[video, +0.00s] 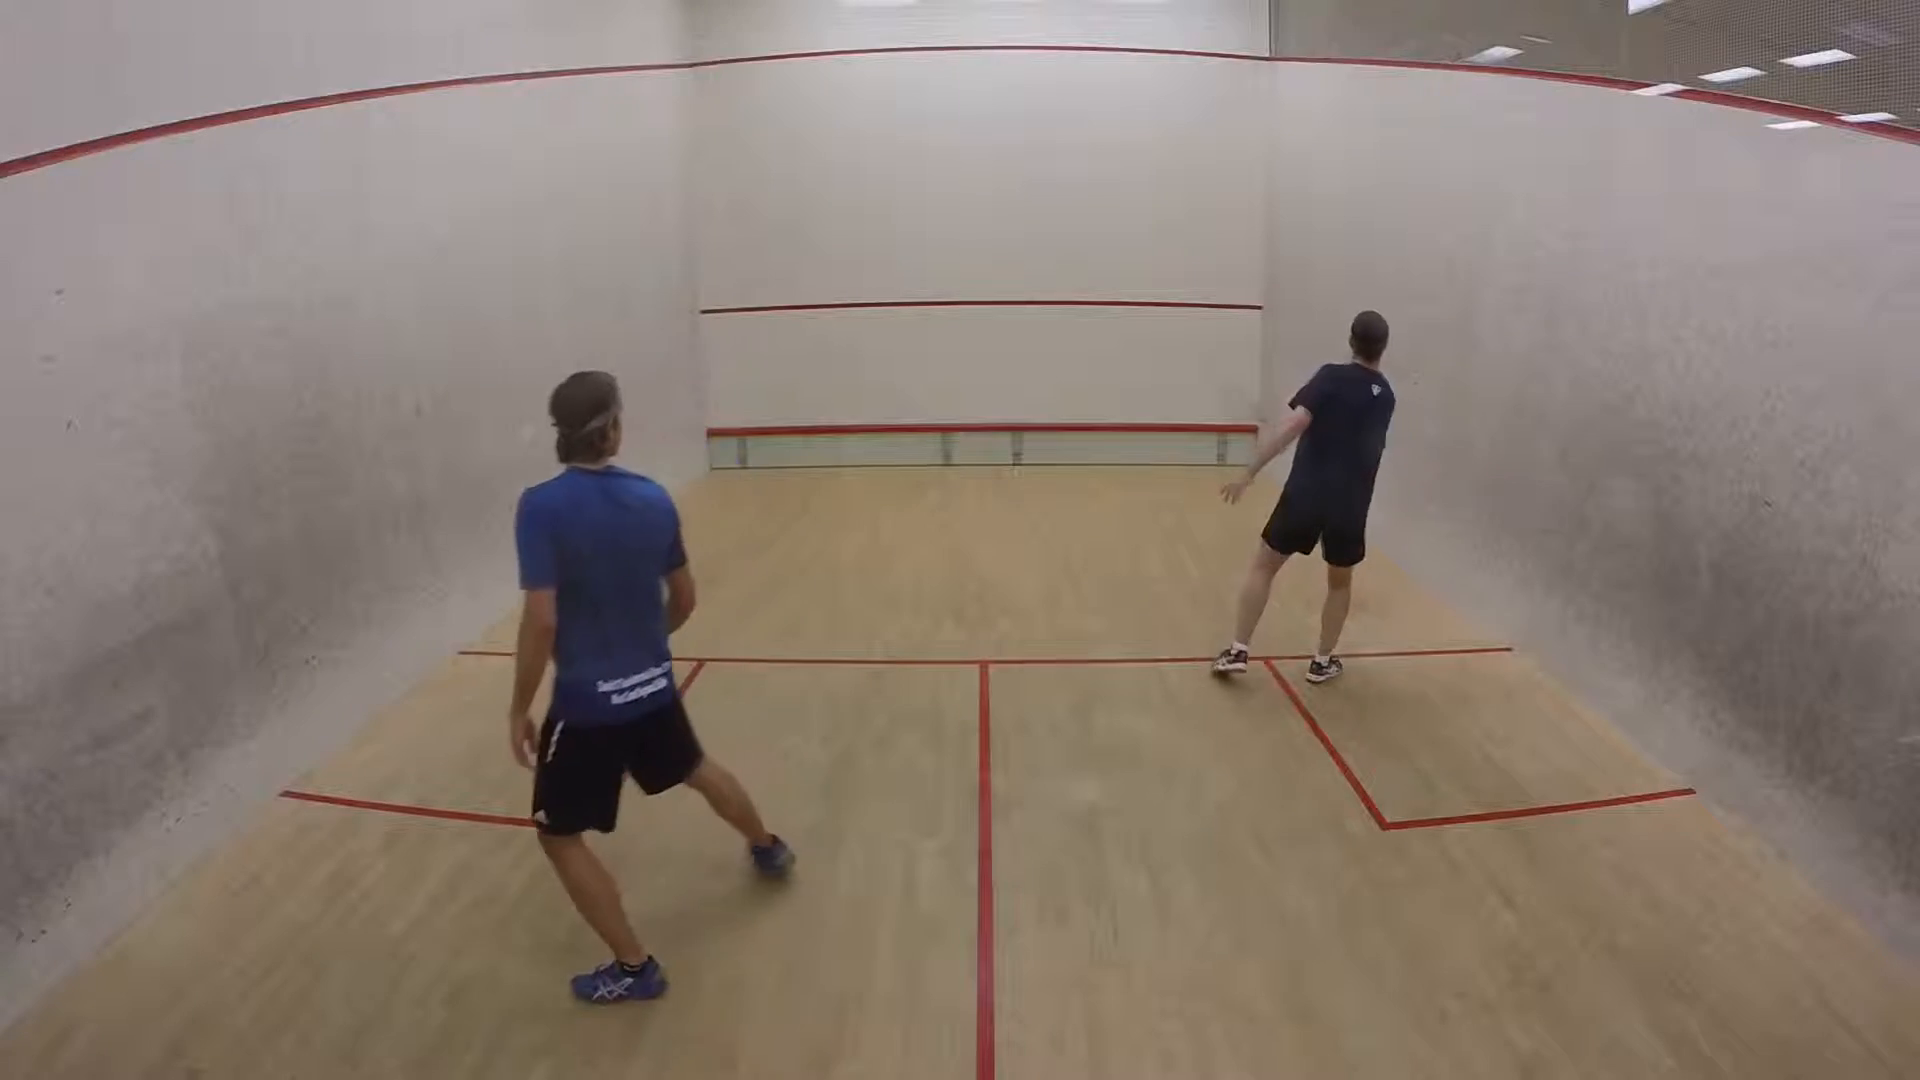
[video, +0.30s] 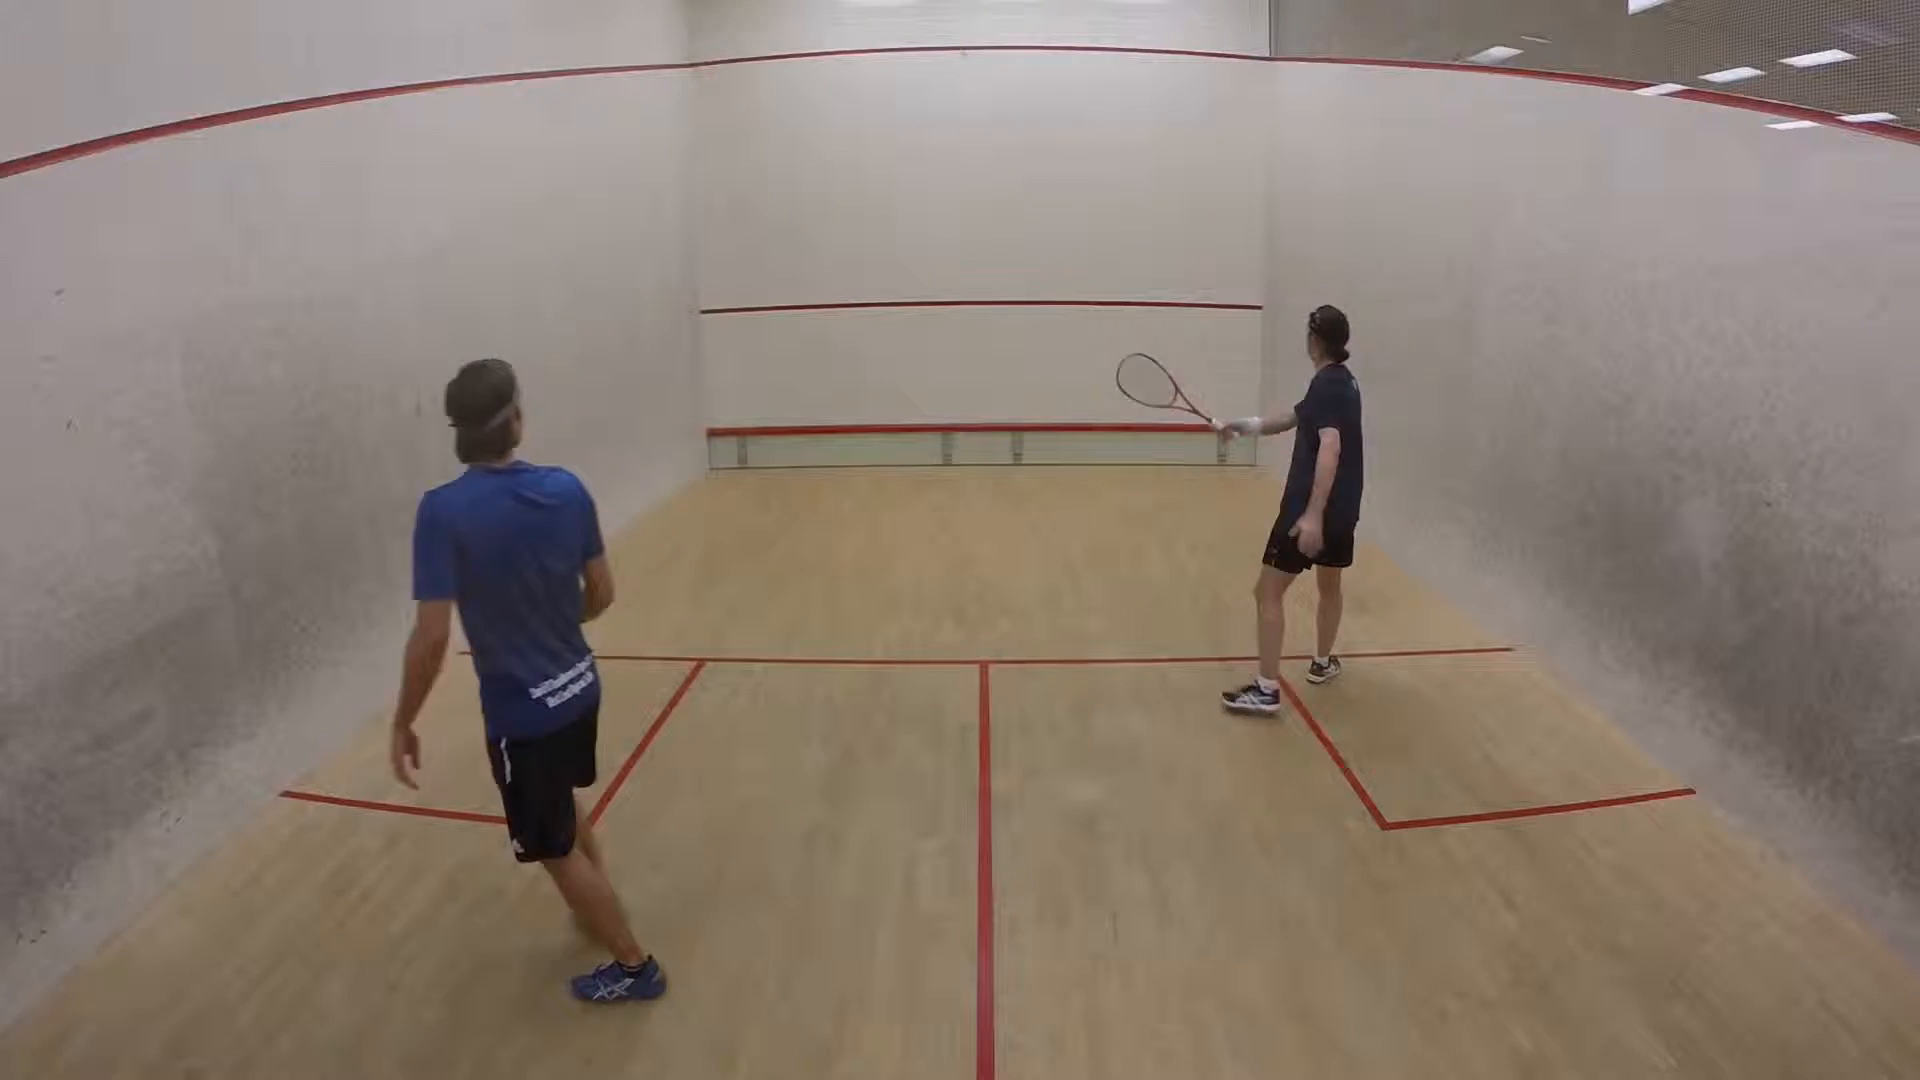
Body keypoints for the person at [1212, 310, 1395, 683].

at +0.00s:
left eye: (1354, 338)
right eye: (1378, 342)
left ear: (1350, 342)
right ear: (1384, 347)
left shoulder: (1329, 377)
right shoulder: (1385, 394)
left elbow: (1294, 426)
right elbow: (1370, 453)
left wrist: (1249, 474)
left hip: (1304, 499)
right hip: (1349, 508)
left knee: (1264, 567)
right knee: (1339, 584)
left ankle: (1238, 649)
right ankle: (1323, 660)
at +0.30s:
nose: (1306, 340)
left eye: (1308, 334)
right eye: (1309, 334)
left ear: (1315, 340)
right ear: (1341, 342)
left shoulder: (1326, 387)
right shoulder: (1340, 382)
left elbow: (1330, 452)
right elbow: (1287, 419)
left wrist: (1314, 513)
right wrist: (1240, 425)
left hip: (1305, 506)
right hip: (1339, 508)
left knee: (1269, 590)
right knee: (1330, 584)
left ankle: (1267, 687)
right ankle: (1323, 661)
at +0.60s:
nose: (1261, 338)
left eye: (1266, 332)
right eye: (1264, 332)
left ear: (1282, 339)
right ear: (1287, 339)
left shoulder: (1307, 391)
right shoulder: (1281, 388)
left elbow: (1324, 464)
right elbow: (1268, 459)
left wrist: (1310, 536)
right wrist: (1244, 506)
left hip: (1294, 521)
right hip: (1279, 517)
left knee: (1269, 608)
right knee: (1279, 597)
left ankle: (1278, 699)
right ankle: (1284, 663)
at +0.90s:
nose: (1218, 336)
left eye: (1226, 332)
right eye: (1222, 330)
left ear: (1248, 346)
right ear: (1245, 346)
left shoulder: (1279, 401)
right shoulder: (1225, 394)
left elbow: (1285, 482)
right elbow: (1228, 471)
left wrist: (1246, 548)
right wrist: (1215, 532)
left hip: (1272, 529)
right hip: (1229, 521)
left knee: (1274, 620)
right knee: (1196, 609)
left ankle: (1280, 698)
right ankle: (1176, 708)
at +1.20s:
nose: (1161, 331)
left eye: (1172, 327)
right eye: (1165, 324)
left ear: (1197, 343)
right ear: (1183, 343)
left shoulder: (1229, 401)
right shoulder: (1158, 395)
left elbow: (1247, 483)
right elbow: (1152, 465)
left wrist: (1230, 559)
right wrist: (1148, 523)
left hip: (1206, 540)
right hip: (1159, 531)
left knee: (1197, 646)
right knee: (1146, 629)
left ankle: (1245, 683)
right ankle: (1149, 726)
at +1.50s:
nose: (1106, 338)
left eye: (1118, 333)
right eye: (1108, 329)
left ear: (1147, 346)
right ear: (1122, 342)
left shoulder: (1178, 407)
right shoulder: (1096, 401)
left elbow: (1207, 486)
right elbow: (1065, 472)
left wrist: (1210, 567)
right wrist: (1033, 536)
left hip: (1155, 552)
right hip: (1108, 546)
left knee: (1121, 667)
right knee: (1133, 643)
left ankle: (1093, 779)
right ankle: (1147, 726)